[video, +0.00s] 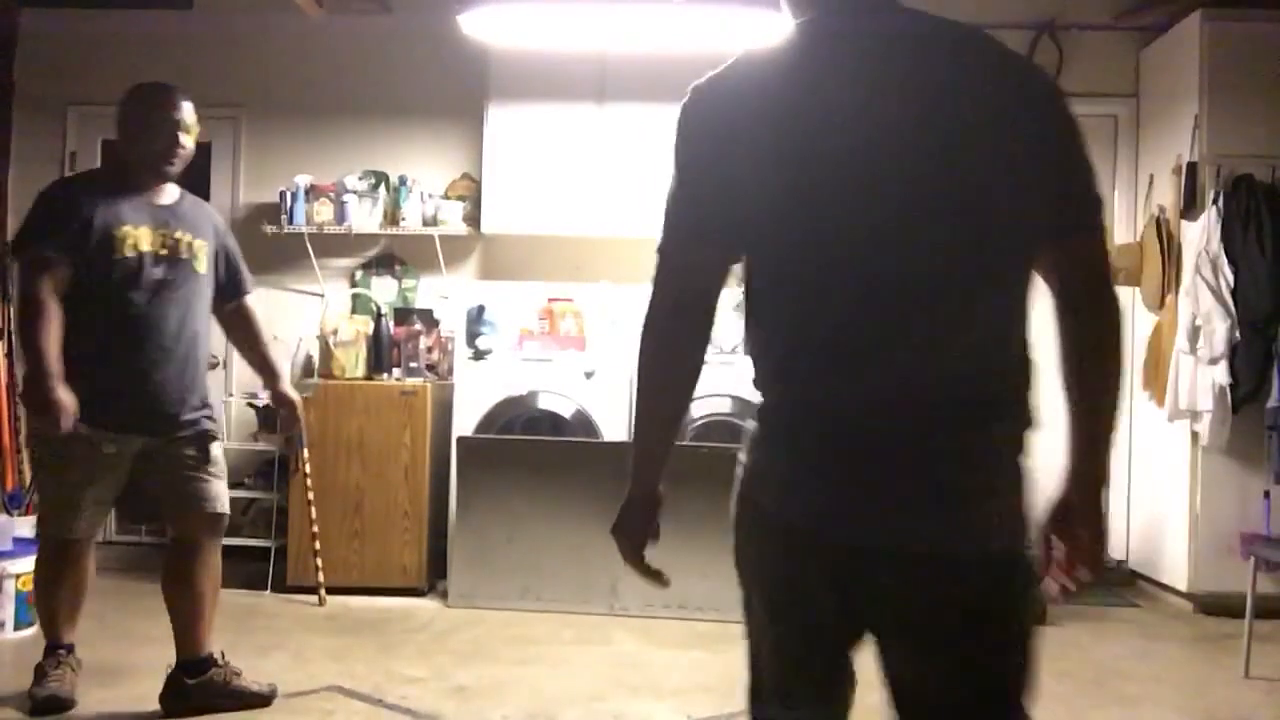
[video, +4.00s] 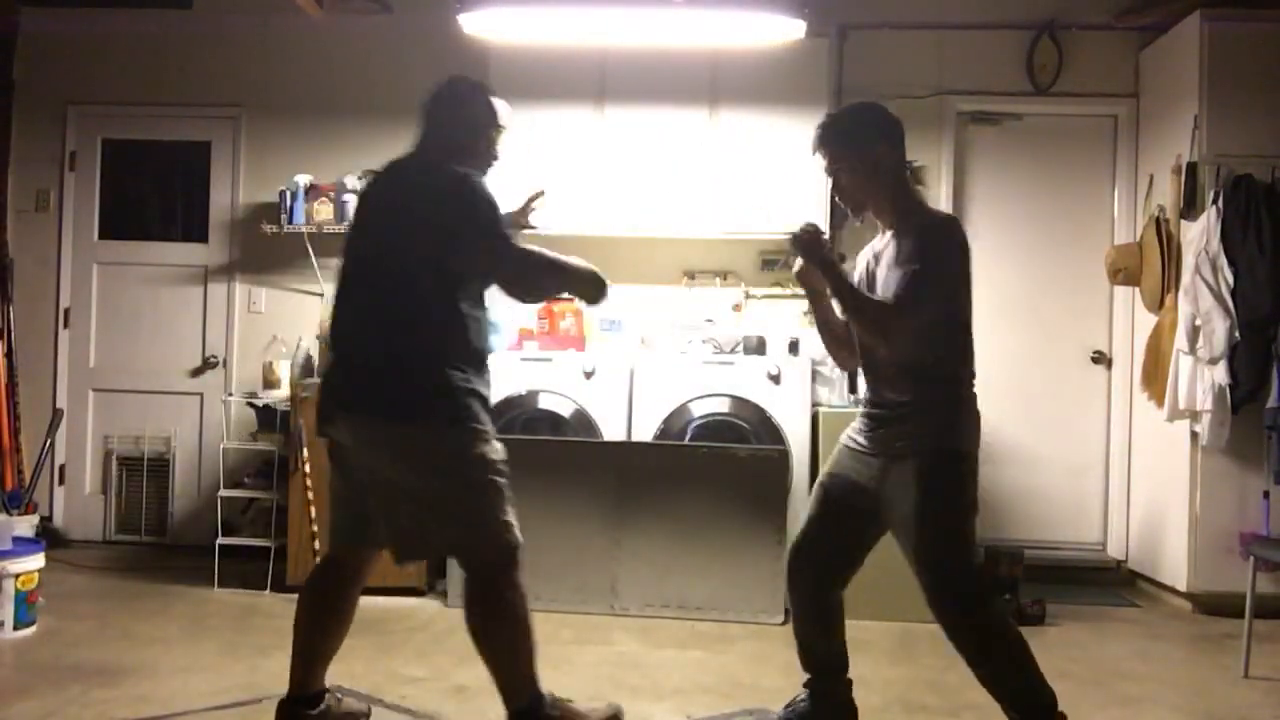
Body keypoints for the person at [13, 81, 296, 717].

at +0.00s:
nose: (183, 143)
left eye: (191, 133)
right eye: (170, 128)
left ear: (197, 143)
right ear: (128, 129)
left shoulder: (204, 219)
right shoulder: (72, 200)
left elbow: (235, 307)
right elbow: (41, 288)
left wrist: (277, 381)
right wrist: (47, 378)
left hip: (185, 412)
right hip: (87, 410)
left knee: (203, 522)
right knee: (68, 536)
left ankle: (196, 669)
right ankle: (58, 657)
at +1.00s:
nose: (220, 119)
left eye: (232, 111)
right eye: (207, 107)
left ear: (246, 124)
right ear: (178, 114)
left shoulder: (270, 207)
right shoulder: (126, 181)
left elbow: (302, 294)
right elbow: (75, 266)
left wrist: (311, 375)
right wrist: (88, 344)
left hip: (226, 407)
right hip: (127, 394)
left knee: (210, 543)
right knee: (91, 529)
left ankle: (193, 679)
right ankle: (66, 645)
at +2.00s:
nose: (424, 146)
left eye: (428, 133)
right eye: (419, 129)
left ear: (364, 117)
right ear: (379, 116)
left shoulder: (316, 169)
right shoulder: (355, 181)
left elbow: (324, 290)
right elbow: (357, 288)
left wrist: (396, 325)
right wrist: (449, 297)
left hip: (267, 384)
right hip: (315, 395)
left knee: (282, 526)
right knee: (336, 544)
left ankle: (209, 660)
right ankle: (319, 704)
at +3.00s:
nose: (540, 178)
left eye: (544, 167)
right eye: (542, 166)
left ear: (478, 139)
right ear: (529, 157)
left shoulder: (396, 183)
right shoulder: (525, 220)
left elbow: (352, 264)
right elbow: (602, 314)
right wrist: (603, 367)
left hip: (333, 393)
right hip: (430, 404)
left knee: (345, 550)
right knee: (484, 557)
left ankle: (305, 694)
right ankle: (474, 711)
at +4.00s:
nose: (498, 148)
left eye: (499, 134)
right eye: (492, 133)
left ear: (430, 126)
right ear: (462, 128)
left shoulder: (382, 187)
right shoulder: (459, 192)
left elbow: (433, 252)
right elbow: (517, 273)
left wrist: (500, 224)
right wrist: (581, 277)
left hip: (354, 401)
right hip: (433, 404)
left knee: (348, 555)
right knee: (494, 555)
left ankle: (302, 699)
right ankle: (527, 705)